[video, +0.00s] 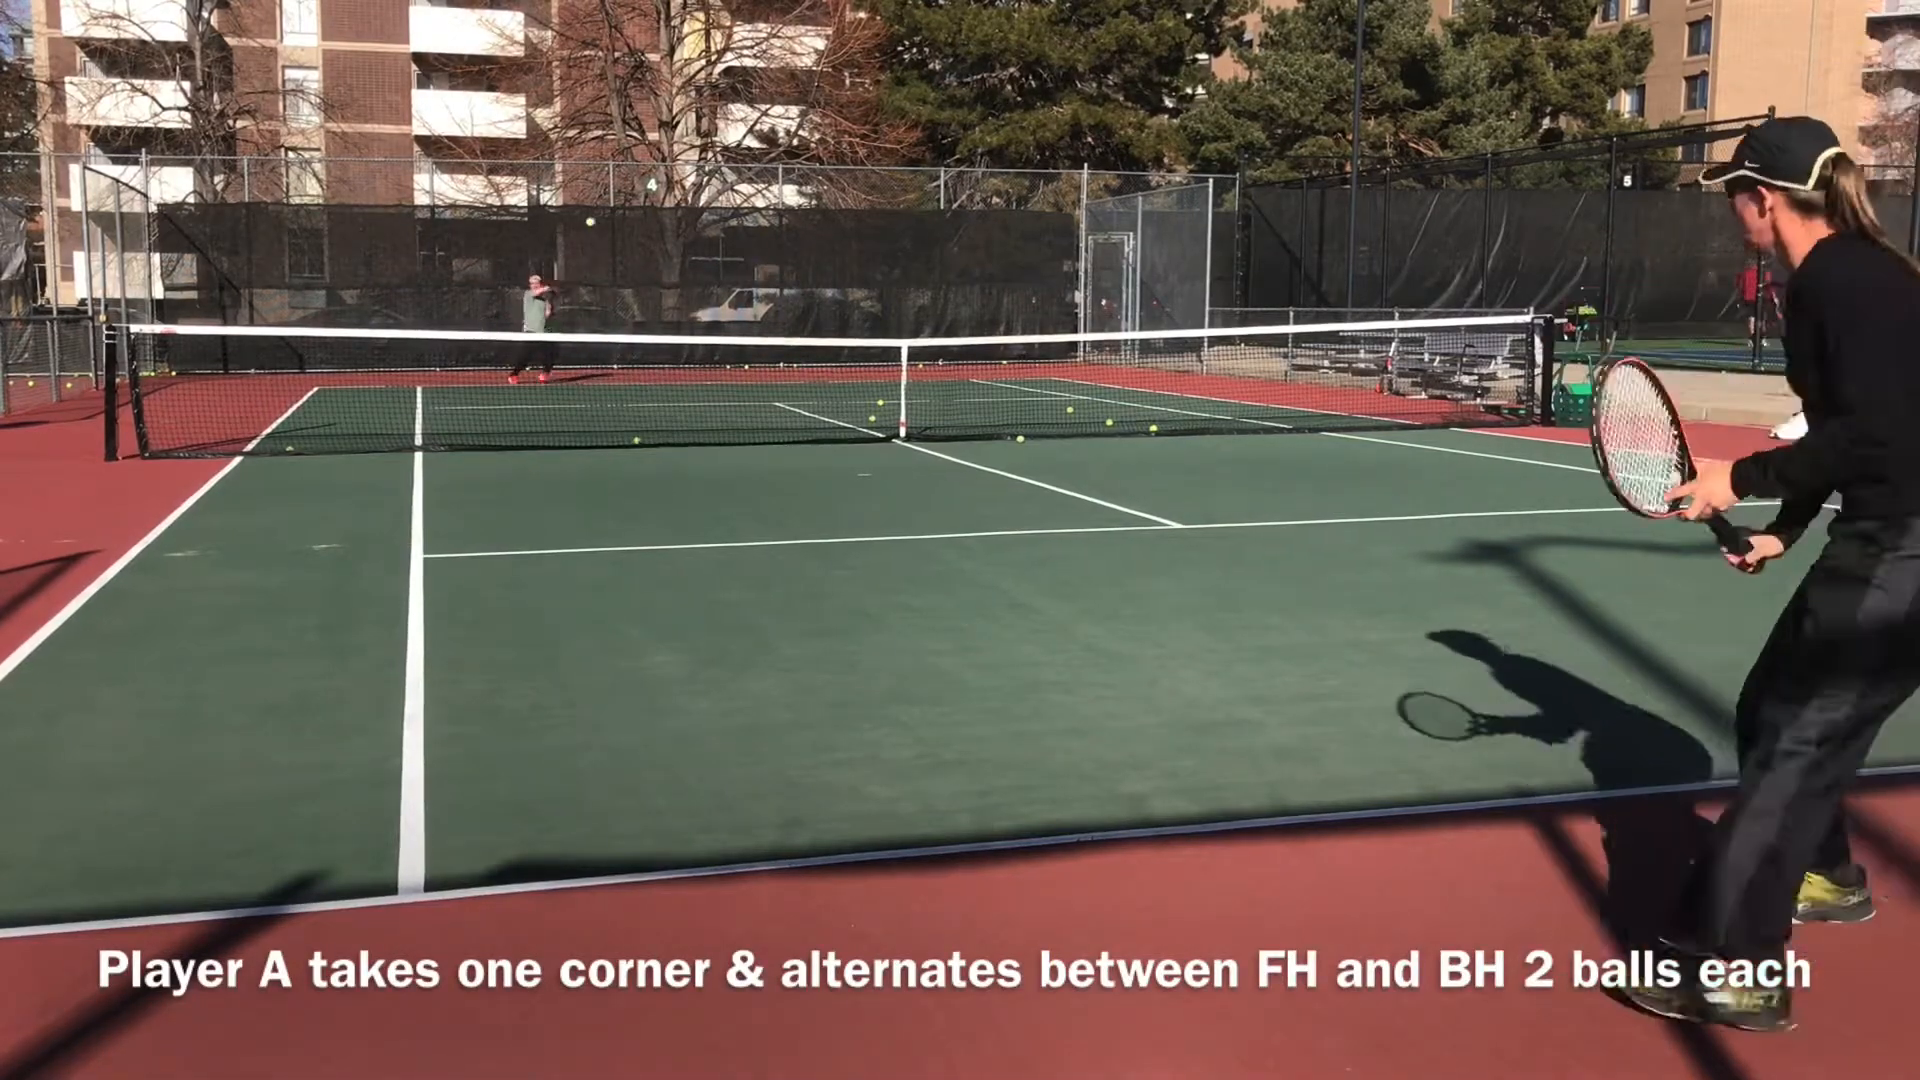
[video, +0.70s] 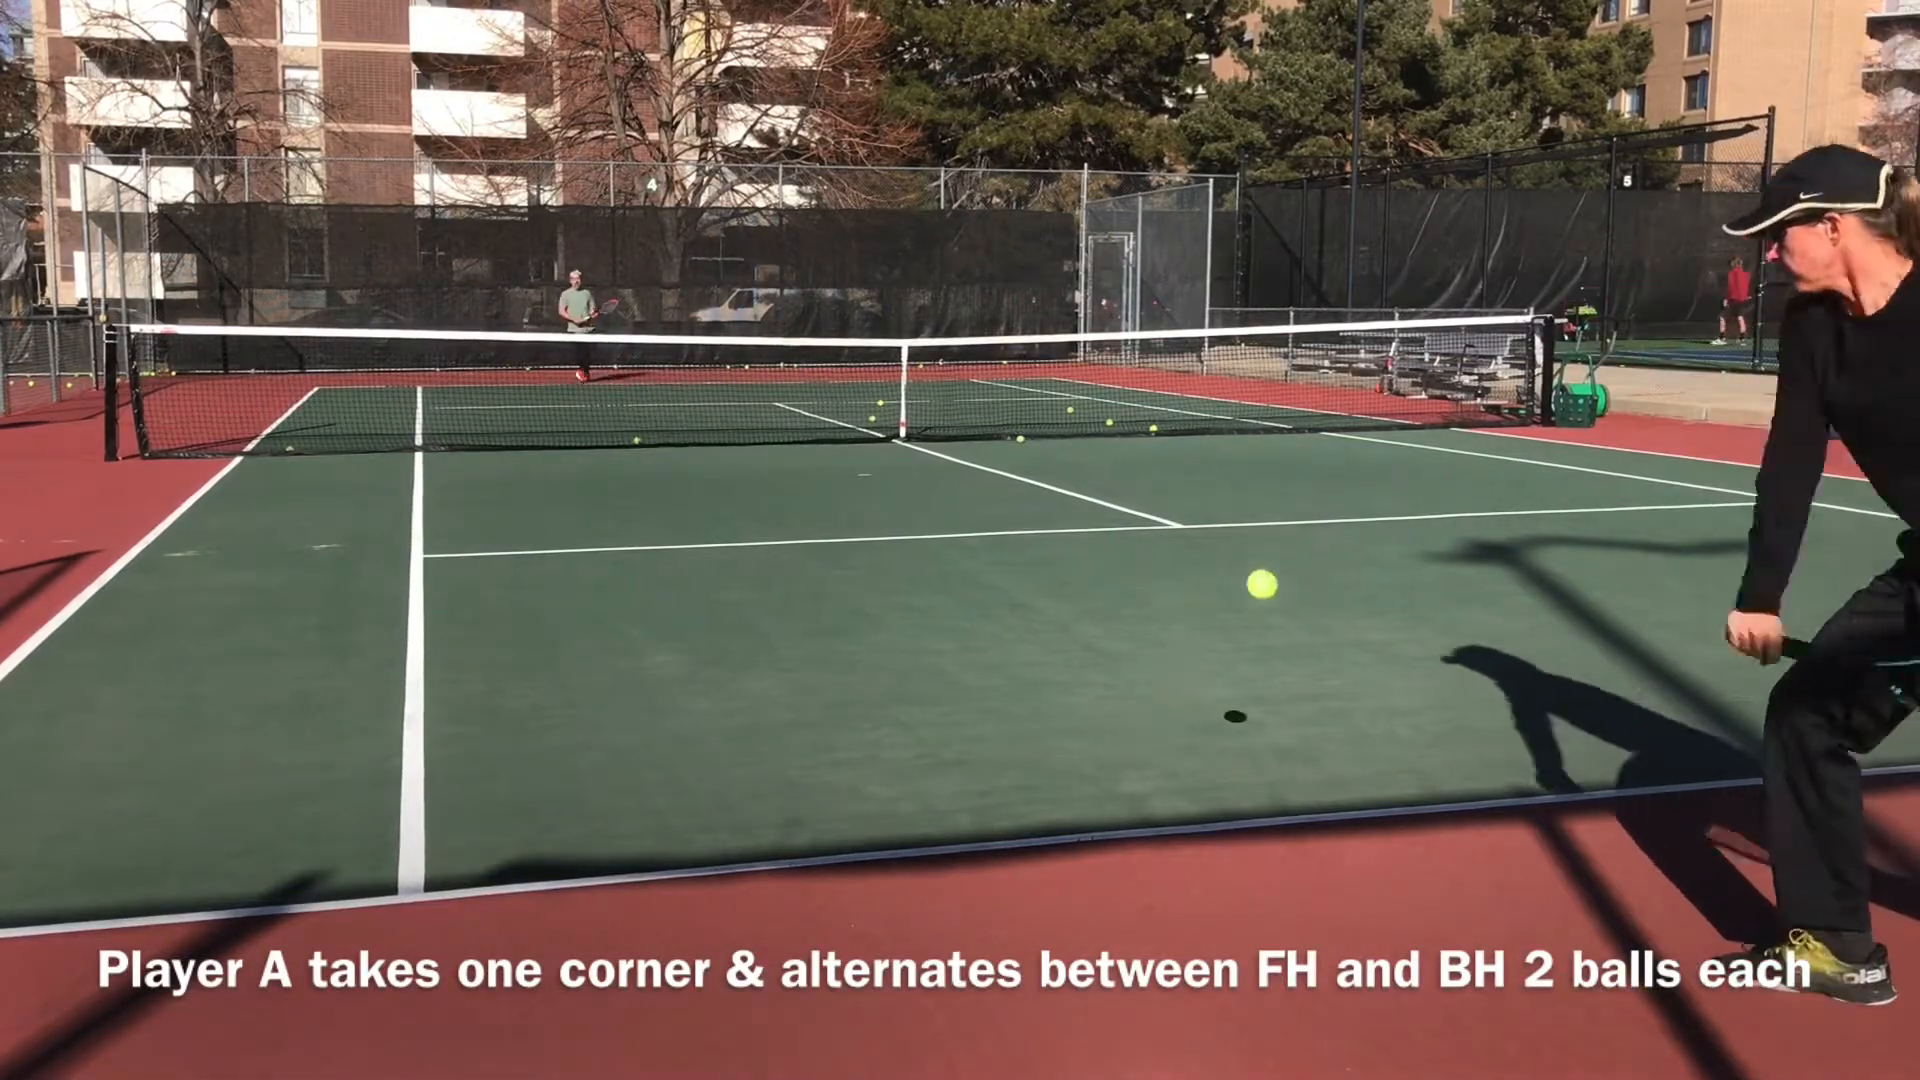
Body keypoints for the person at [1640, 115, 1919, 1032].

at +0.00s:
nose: (1736, 215)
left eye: (1739, 199)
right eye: (1735, 199)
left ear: (1772, 200)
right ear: (1807, 195)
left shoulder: (1841, 282)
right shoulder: (1844, 275)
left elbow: (1865, 438)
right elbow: (1838, 426)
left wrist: (1738, 480)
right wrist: (1786, 524)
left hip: (1891, 549)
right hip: (1881, 540)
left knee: (1788, 734)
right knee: (1778, 707)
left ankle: (1737, 965)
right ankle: (1823, 868)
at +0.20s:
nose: (1755, 249)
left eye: (1758, 232)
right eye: (1753, 233)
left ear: (1796, 228)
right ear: (1809, 227)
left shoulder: (1908, 275)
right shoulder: (1803, 317)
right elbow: (1823, 432)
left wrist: (1918, 428)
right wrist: (1834, 514)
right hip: (1895, 551)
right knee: (1808, 699)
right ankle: (1822, 876)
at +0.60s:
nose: (1761, 292)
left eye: (1769, 271)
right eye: (1760, 274)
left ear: (1820, 269)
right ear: (1823, 272)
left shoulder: (1919, 323)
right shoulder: (1802, 362)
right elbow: (1889, 439)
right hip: (1919, 579)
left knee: (1811, 720)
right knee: (1805, 718)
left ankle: (1840, 943)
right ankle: (1841, 942)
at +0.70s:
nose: (1773, 252)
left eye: (1785, 233)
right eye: (1772, 236)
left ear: (1841, 226)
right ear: (1830, 232)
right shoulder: (1816, 326)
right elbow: (1790, 465)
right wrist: (1761, 596)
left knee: (1815, 717)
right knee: (1807, 713)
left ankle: (1838, 942)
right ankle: (1837, 944)